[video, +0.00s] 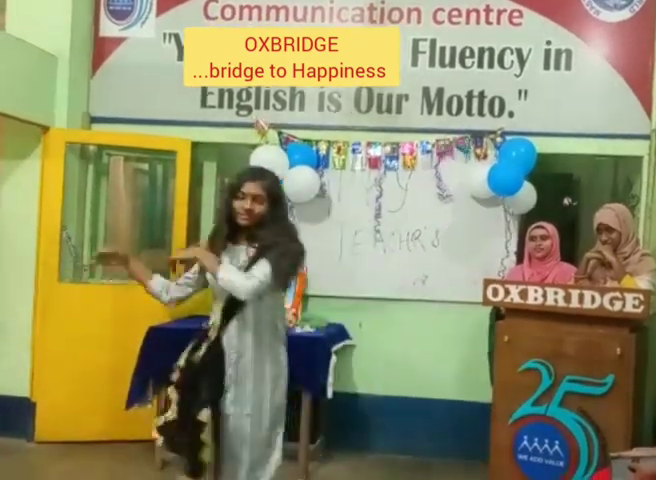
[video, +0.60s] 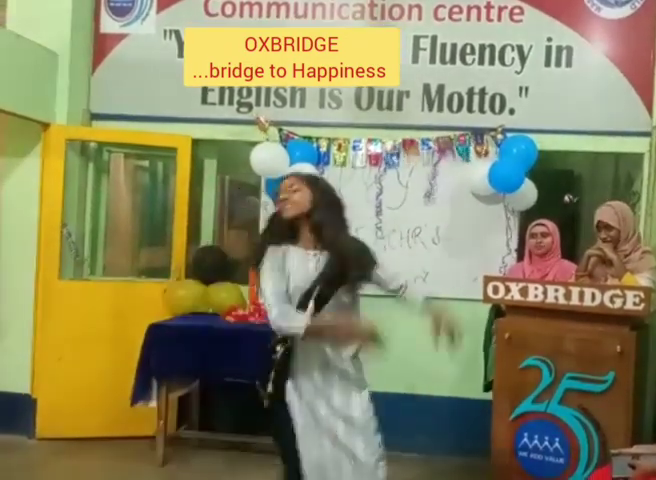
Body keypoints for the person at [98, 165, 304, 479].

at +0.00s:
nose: (247, 207)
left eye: (257, 201)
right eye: (241, 197)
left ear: (272, 207)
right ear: (231, 201)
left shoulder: (283, 248)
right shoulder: (222, 243)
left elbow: (245, 288)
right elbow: (173, 294)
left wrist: (206, 257)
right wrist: (132, 265)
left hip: (259, 364)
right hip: (220, 359)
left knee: (250, 449)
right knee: (215, 444)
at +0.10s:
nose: (250, 220)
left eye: (260, 213)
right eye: (242, 209)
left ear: (268, 219)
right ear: (227, 212)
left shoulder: (269, 260)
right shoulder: (215, 257)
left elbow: (243, 316)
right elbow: (174, 313)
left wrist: (201, 284)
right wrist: (136, 285)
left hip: (258, 384)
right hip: (220, 379)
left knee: (249, 468)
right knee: (216, 463)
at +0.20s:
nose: (251, 245)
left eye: (259, 238)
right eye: (243, 235)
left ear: (265, 244)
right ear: (225, 236)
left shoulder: (263, 290)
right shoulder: (204, 285)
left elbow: (245, 359)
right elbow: (192, 342)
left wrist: (184, 364)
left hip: (261, 411)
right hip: (219, 405)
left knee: (257, 474)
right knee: (211, 472)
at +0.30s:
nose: (251, 249)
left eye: (259, 242)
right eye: (242, 241)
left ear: (267, 248)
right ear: (227, 246)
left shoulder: (277, 298)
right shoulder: (217, 293)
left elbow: (263, 369)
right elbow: (217, 362)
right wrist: (193, 414)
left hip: (280, 405)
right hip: (234, 400)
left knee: (273, 472)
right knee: (230, 471)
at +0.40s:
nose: (261, 237)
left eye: (269, 229)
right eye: (251, 231)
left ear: (282, 237)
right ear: (241, 241)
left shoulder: (305, 286)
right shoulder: (242, 293)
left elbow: (311, 356)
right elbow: (250, 356)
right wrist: (260, 417)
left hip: (307, 399)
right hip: (265, 399)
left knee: (302, 471)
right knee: (258, 470)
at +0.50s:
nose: (266, 214)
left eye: (275, 206)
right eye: (262, 210)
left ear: (298, 213)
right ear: (259, 222)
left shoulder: (335, 266)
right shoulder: (266, 277)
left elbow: (360, 331)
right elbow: (273, 335)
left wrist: (394, 384)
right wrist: (304, 373)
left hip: (332, 387)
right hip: (287, 388)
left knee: (330, 468)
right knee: (288, 468)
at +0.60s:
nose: (284, 199)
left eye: (293, 191)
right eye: (281, 194)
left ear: (317, 196)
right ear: (279, 205)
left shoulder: (347, 250)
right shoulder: (277, 252)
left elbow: (396, 284)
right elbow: (278, 317)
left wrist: (433, 309)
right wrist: (336, 326)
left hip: (343, 375)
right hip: (297, 377)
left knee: (363, 462)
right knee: (308, 466)